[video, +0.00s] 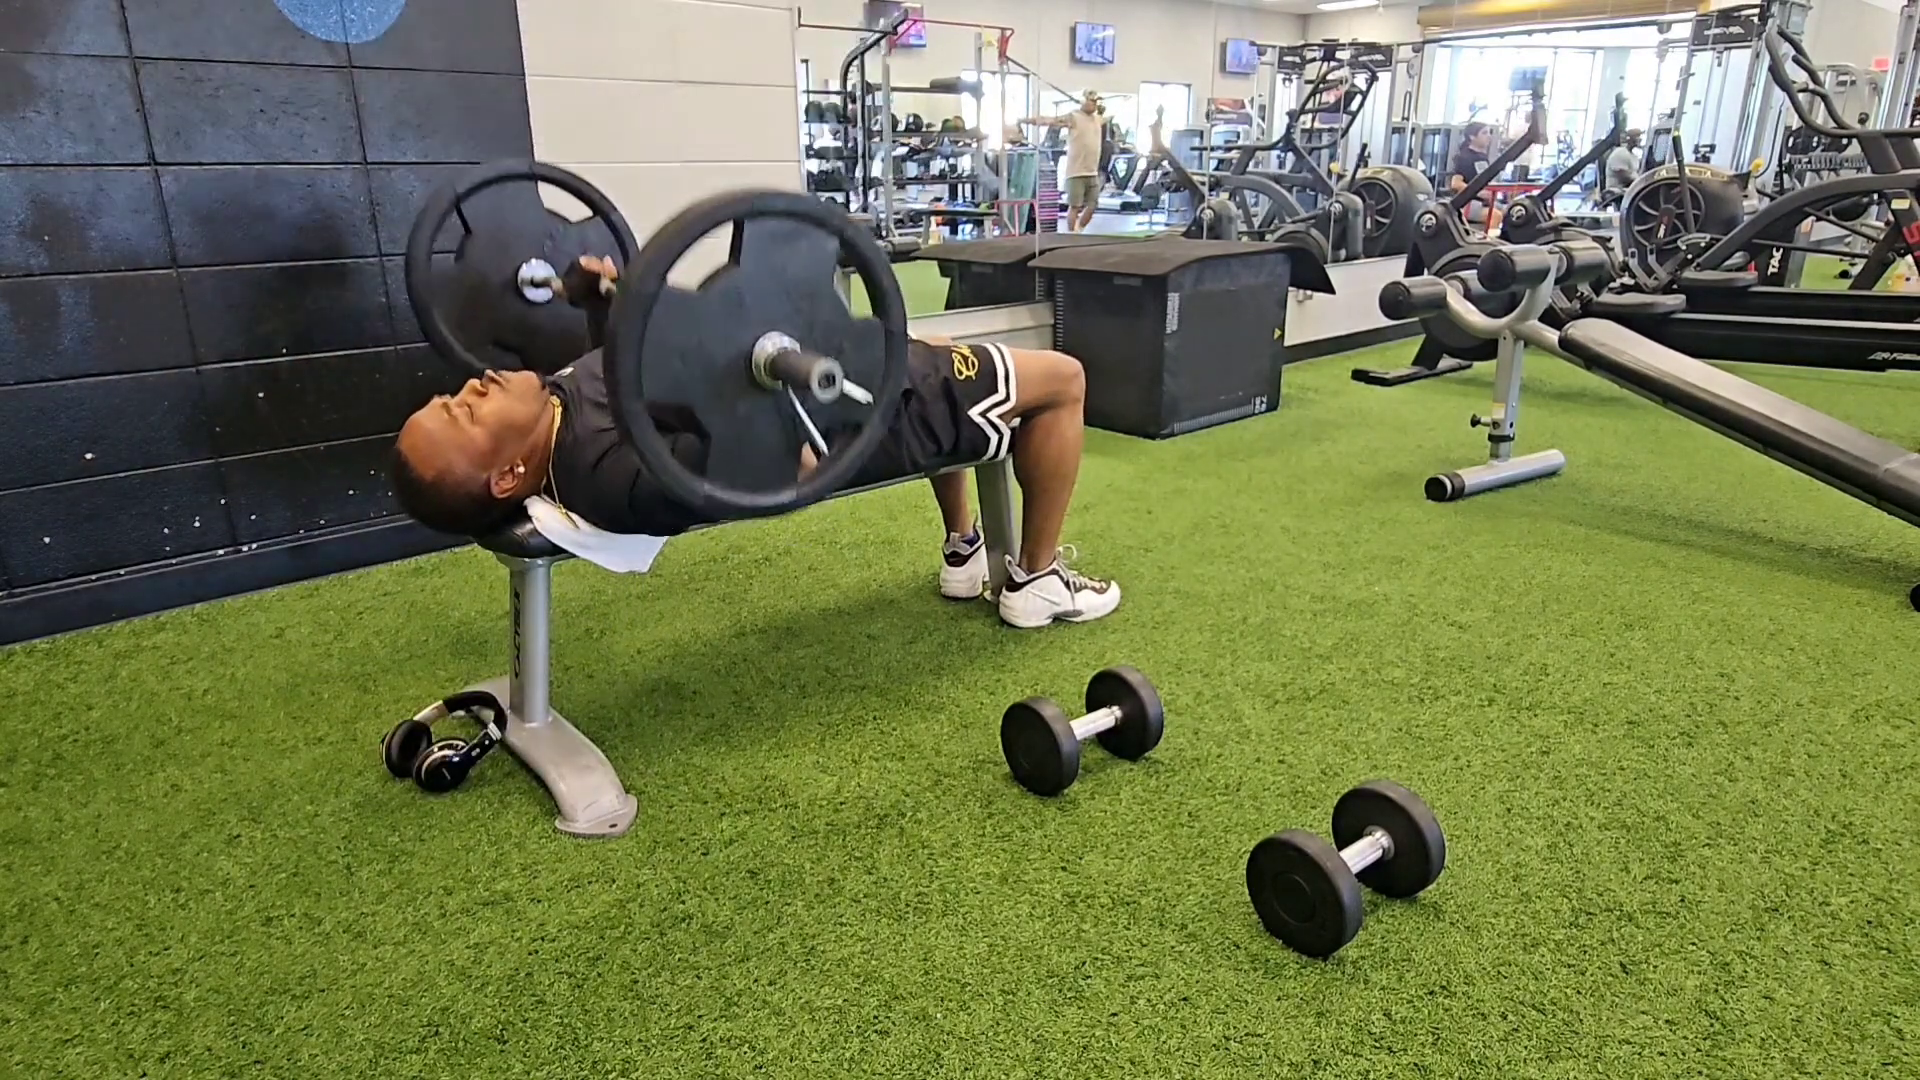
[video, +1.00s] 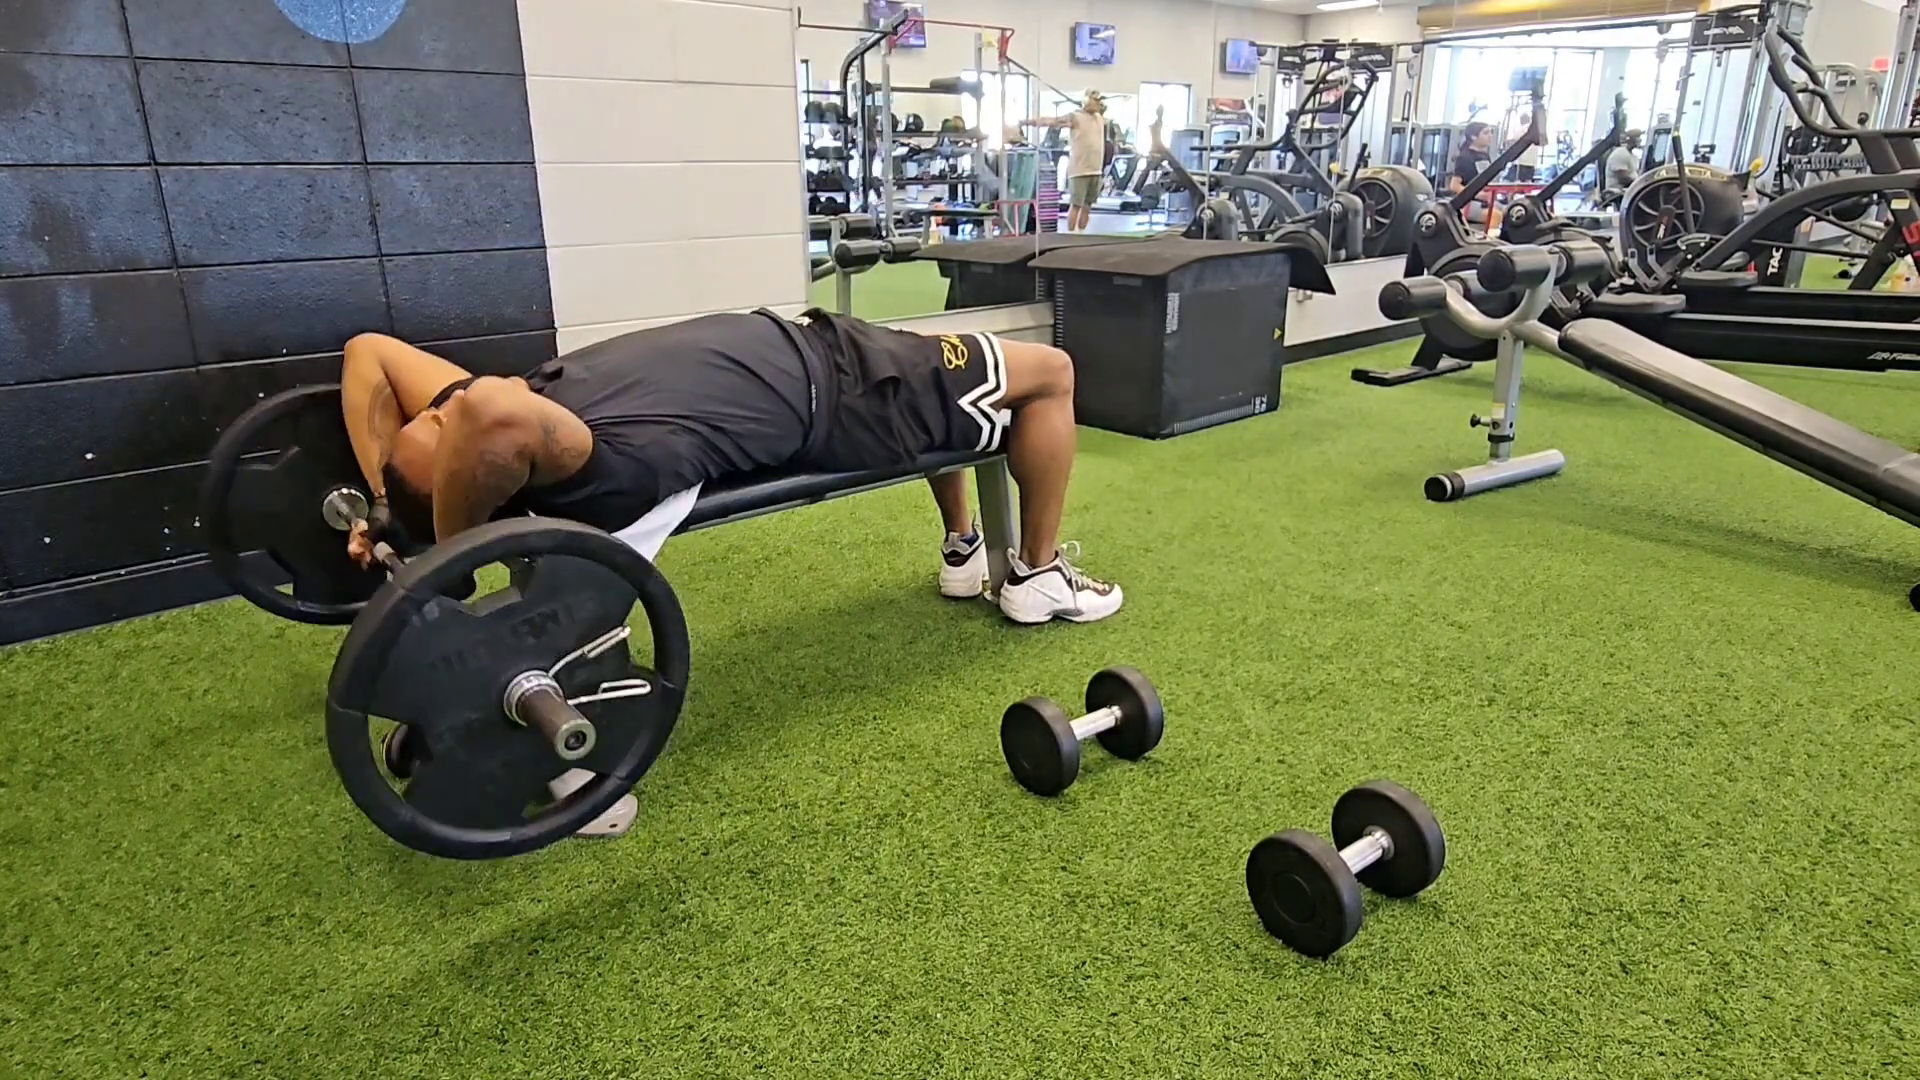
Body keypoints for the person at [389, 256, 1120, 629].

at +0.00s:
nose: (477, 376)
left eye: (455, 393)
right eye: (469, 404)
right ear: (513, 472)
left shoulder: (558, 393)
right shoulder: (612, 473)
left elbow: (653, 354)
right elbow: (757, 479)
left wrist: (614, 301)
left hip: (776, 377)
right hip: (832, 427)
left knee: (938, 350)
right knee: (1064, 380)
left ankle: (965, 549)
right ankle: (1039, 577)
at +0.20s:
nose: (483, 376)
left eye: (460, 386)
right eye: (471, 403)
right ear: (512, 476)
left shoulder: (558, 396)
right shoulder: (612, 460)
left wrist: (599, 326)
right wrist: (807, 494)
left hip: (795, 379)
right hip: (851, 422)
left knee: (933, 342)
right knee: (1063, 378)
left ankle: (966, 545)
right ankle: (1039, 578)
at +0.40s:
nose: (495, 385)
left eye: (484, 383)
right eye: (483, 400)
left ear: (487, 393)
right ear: (488, 450)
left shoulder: (542, 396)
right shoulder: (553, 449)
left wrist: (471, 326)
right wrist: (496, 346)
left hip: (790, 349)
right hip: (834, 393)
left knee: (942, 345)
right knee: (1061, 375)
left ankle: (970, 548)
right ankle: (1040, 575)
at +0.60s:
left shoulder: (434, 426)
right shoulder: (533, 472)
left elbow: (466, 286)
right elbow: (609, 328)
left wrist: (378, 402)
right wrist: (484, 401)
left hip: (773, 345)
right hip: (821, 390)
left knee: (935, 353)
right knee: (1053, 374)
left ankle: (966, 549)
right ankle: (1041, 572)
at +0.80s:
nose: (429, 409)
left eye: (415, 425)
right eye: (434, 431)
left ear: (406, 445)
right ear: (476, 478)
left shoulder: (459, 423)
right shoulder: (580, 461)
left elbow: (377, 329)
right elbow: (517, 375)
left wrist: (368, 460)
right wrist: (417, 485)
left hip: (772, 340)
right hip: (827, 382)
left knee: (926, 344)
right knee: (1048, 372)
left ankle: (967, 545)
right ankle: (1039, 574)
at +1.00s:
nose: (446, 397)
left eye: (430, 412)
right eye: (444, 421)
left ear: (426, 467)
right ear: (483, 470)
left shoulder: (495, 417)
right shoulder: (595, 464)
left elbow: (368, 347)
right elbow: (491, 412)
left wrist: (378, 485)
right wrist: (437, 551)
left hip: (780, 340)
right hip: (836, 382)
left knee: (930, 342)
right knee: (1049, 372)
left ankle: (966, 547)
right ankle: (1037, 574)